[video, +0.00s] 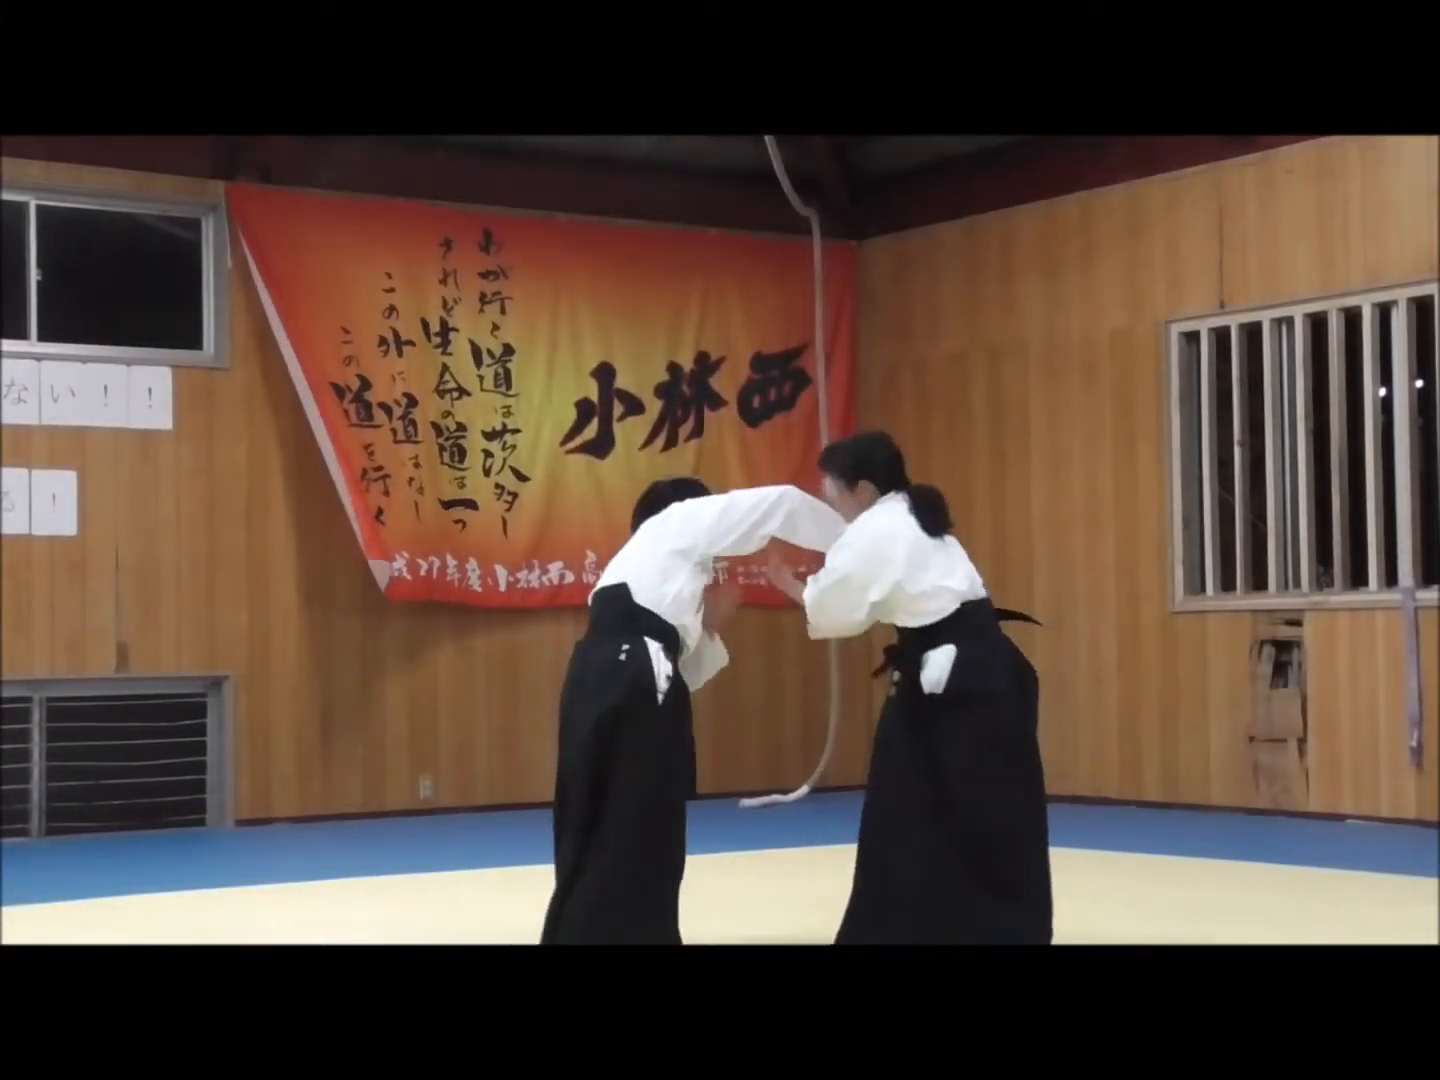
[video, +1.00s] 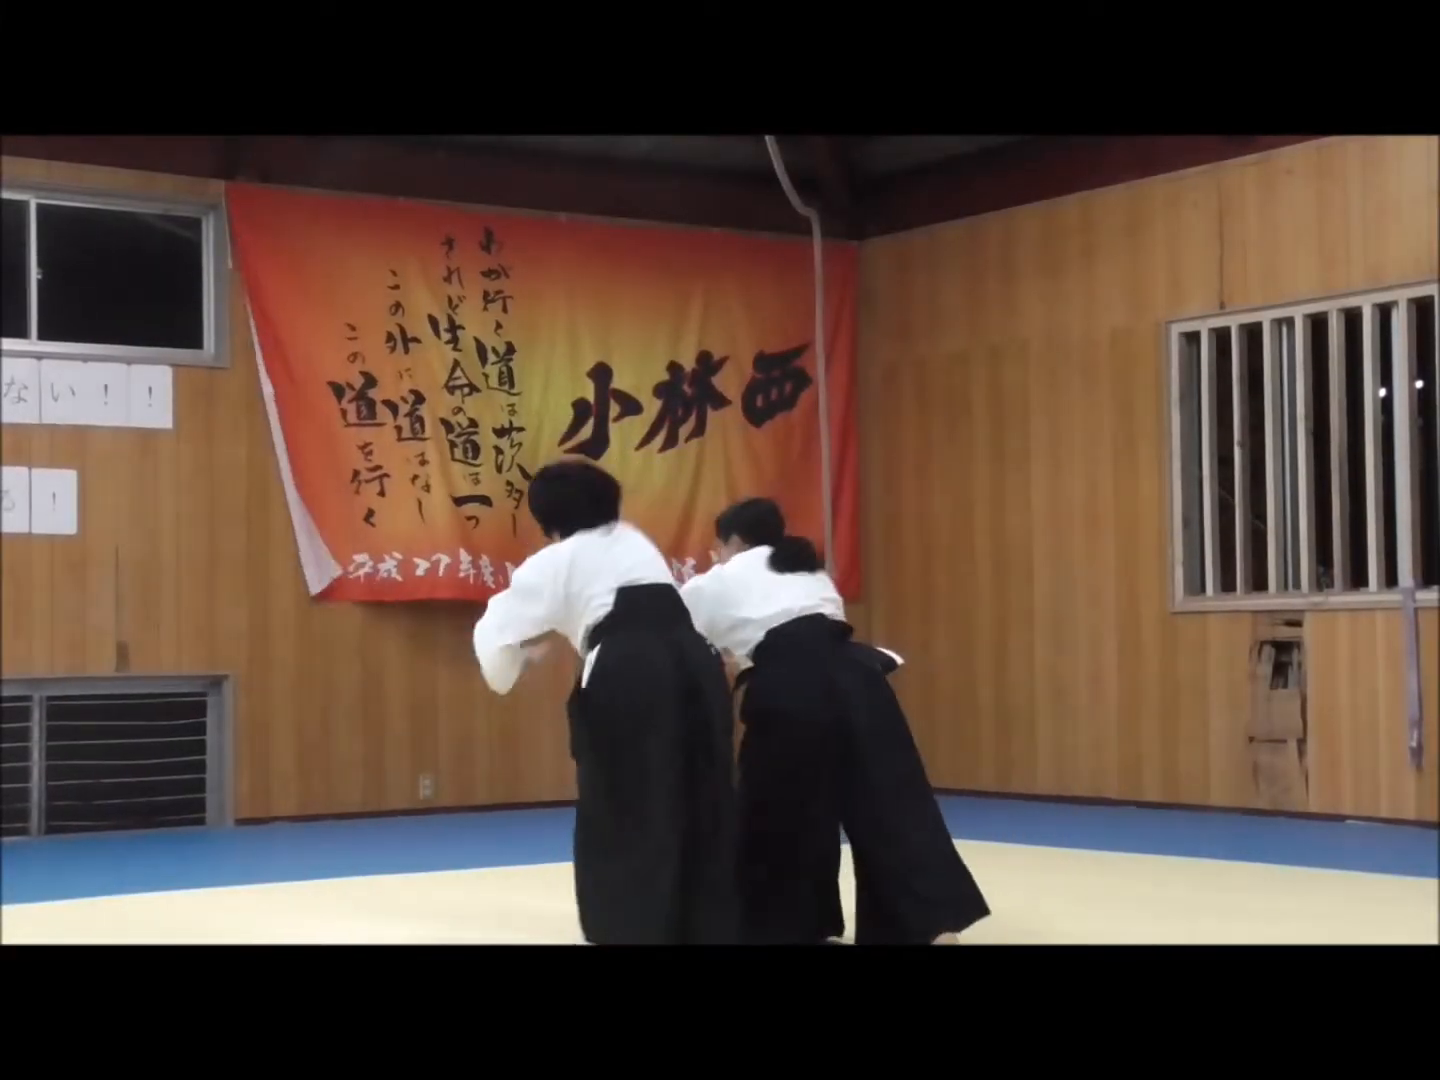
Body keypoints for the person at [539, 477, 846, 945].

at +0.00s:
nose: (718, 525)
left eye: (713, 513)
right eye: (709, 512)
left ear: (650, 516)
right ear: (688, 508)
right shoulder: (675, 524)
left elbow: (679, 679)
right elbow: (781, 501)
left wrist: (711, 624)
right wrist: (854, 542)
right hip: (633, 678)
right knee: (638, 844)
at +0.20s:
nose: (692, 488)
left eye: (691, 481)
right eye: (686, 480)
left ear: (623, 490)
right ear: (669, 480)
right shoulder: (657, 502)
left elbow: (688, 640)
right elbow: (762, 470)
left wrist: (708, 582)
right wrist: (822, 501)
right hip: (633, 672)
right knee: (632, 835)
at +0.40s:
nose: (660, 463)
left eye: (655, 458)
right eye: (652, 457)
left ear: (588, 480)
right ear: (637, 461)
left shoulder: (590, 525)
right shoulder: (647, 487)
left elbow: (677, 592)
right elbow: (743, 449)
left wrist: (698, 554)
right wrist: (787, 468)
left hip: (600, 668)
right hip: (645, 666)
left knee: (601, 821)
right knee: (644, 826)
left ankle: (581, 931)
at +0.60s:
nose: (619, 435)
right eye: (612, 434)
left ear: (560, 488)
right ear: (616, 451)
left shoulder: (562, 537)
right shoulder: (653, 476)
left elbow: (582, 600)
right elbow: (734, 435)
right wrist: (744, 522)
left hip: (600, 650)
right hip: (661, 641)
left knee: (601, 790)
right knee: (637, 787)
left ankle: (629, 928)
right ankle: (581, 928)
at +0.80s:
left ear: (551, 489)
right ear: (607, 454)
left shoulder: (551, 539)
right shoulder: (665, 473)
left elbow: (530, 614)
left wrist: (582, 576)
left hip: (611, 656)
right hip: (685, 645)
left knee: (610, 789)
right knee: (683, 779)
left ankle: (607, 929)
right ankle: (648, 915)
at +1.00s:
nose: (538, 526)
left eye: (538, 517)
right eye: (538, 517)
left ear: (549, 522)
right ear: (606, 508)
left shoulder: (553, 562)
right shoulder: (637, 540)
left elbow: (492, 639)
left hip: (625, 680)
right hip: (699, 672)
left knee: (624, 818)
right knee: (704, 809)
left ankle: (626, 931)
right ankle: (704, 930)